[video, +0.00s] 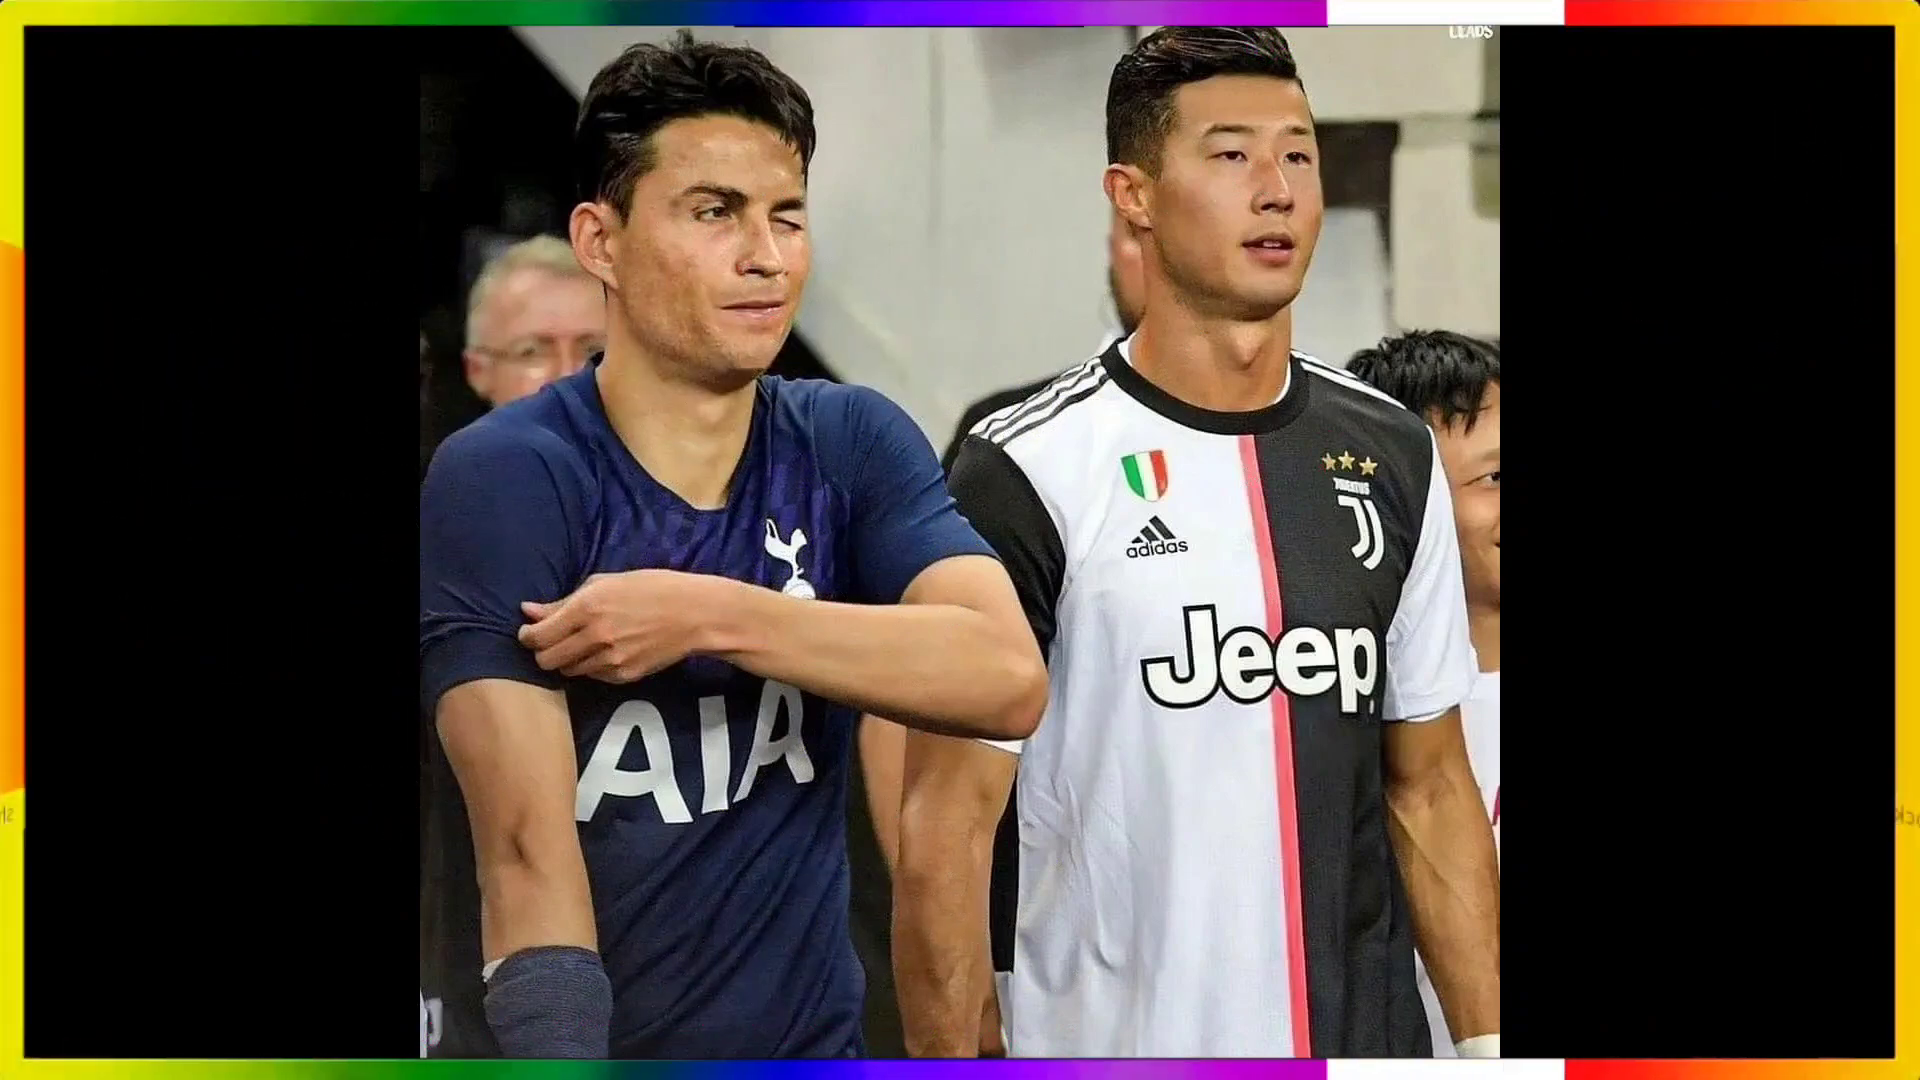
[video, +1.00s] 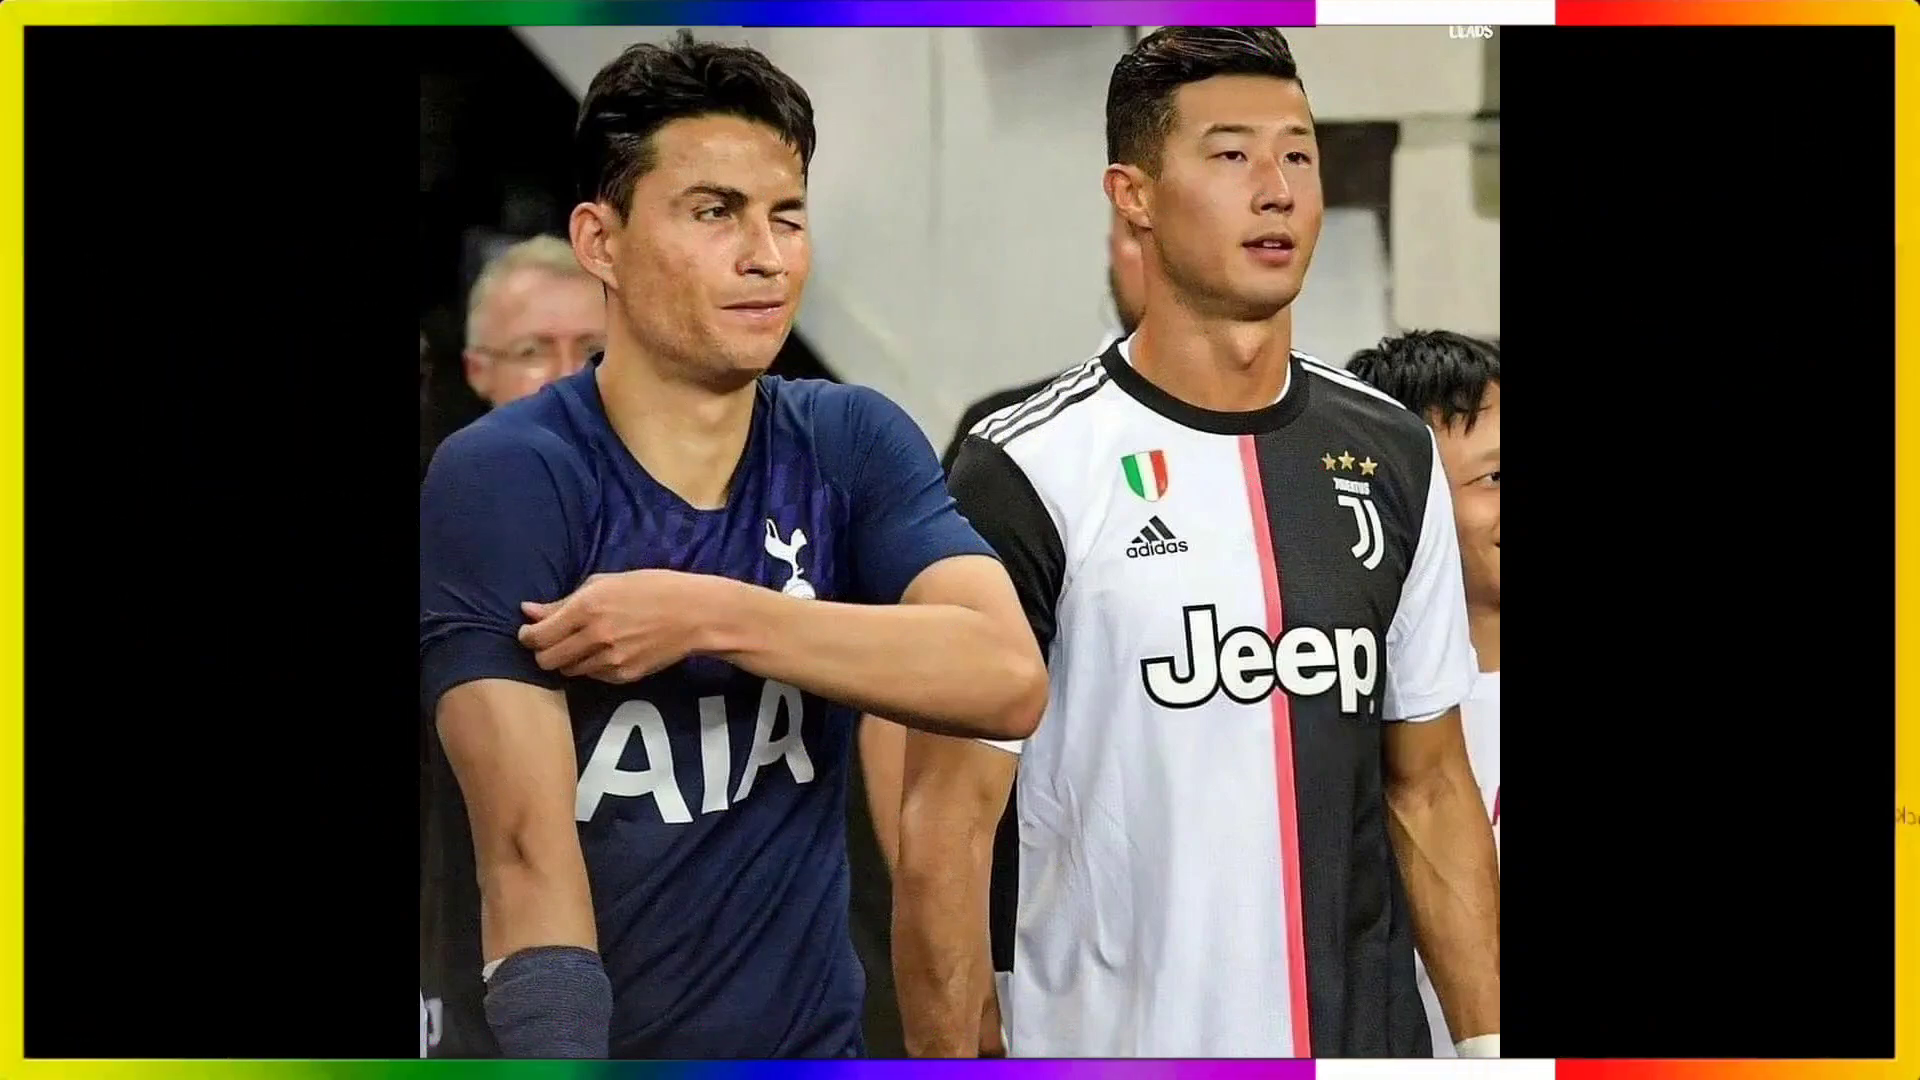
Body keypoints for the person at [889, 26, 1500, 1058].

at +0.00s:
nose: (1279, 193)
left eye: (1297, 159)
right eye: (1230, 157)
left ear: (1319, 187)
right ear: (1134, 198)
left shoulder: (1392, 450)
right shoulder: (1022, 462)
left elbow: (1431, 785)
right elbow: (948, 817)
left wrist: (1483, 1049)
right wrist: (952, 1067)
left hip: (1359, 1046)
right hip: (1106, 1046)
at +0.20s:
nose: (1279, 193)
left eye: (1297, 158)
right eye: (1230, 156)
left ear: (1319, 186)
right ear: (1134, 197)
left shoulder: (1392, 451)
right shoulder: (1022, 462)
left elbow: (1431, 785)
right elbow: (948, 817)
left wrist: (1483, 1046)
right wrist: (953, 1068)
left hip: (1363, 1043)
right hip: (1110, 1044)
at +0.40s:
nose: (1279, 193)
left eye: (1297, 158)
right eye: (1230, 156)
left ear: (1319, 186)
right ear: (1134, 197)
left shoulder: (1392, 451)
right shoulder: (1022, 462)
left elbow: (1431, 785)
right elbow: (949, 816)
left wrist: (1483, 1046)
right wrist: (952, 1067)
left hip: (1360, 1044)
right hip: (1108, 1045)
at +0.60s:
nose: (1279, 193)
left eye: (1297, 159)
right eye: (1230, 157)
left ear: (1319, 186)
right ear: (1134, 198)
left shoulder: (1392, 451)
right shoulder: (1022, 462)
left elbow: (1430, 785)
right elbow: (949, 816)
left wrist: (1483, 1046)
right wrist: (951, 1067)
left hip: (1359, 1046)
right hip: (1108, 1045)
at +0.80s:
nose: (1279, 193)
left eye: (1297, 159)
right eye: (1230, 156)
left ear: (1319, 187)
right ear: (1134, 198)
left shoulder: (1392, 451)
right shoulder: (1022, 461)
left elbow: (1431, 785)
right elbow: (948, 815)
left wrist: (1482, 1046)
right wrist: (952, 1068)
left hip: (1358, 1046)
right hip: (1109, 1047)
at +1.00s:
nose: (1279, 193)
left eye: (1297, 159)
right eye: (1230, 157)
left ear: (1319, 187)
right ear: (1134, 198)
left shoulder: (1392, 450)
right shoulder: (1022, 462)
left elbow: (1431, 785)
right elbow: (948, 817)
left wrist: (1484, 1049)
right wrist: (953, 1067)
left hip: (1360, 1046)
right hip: (1107, 1046)